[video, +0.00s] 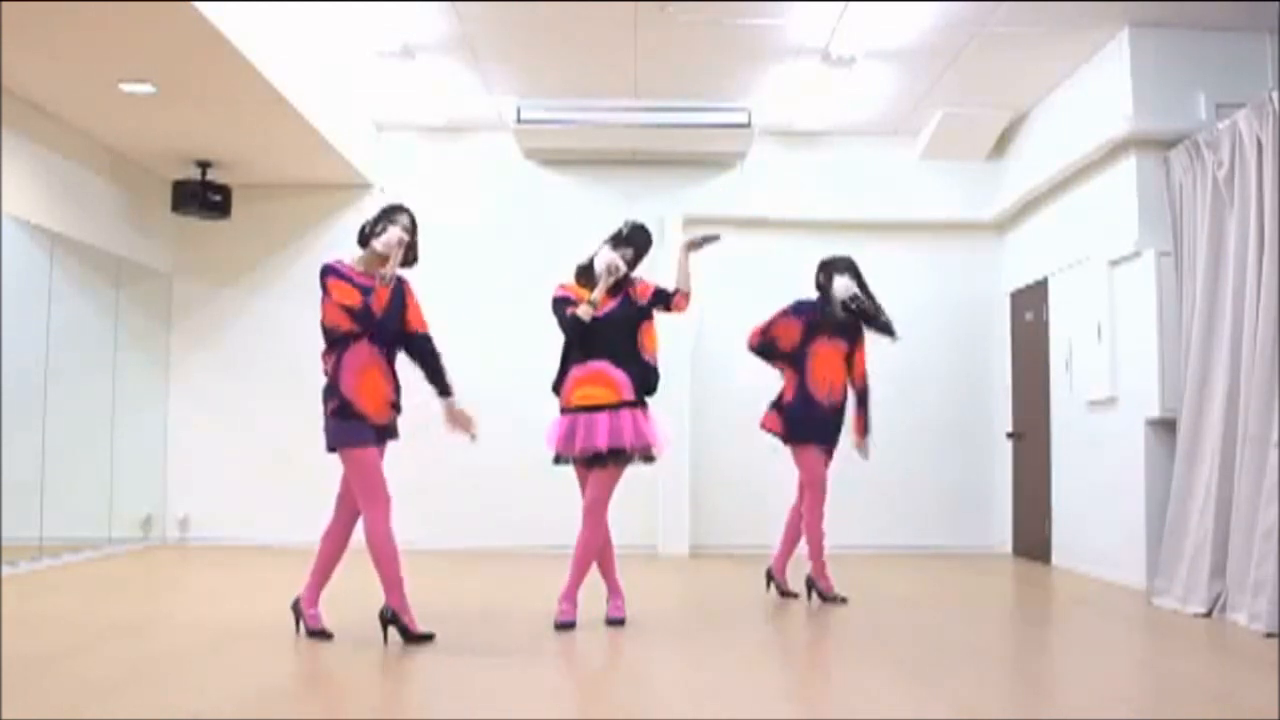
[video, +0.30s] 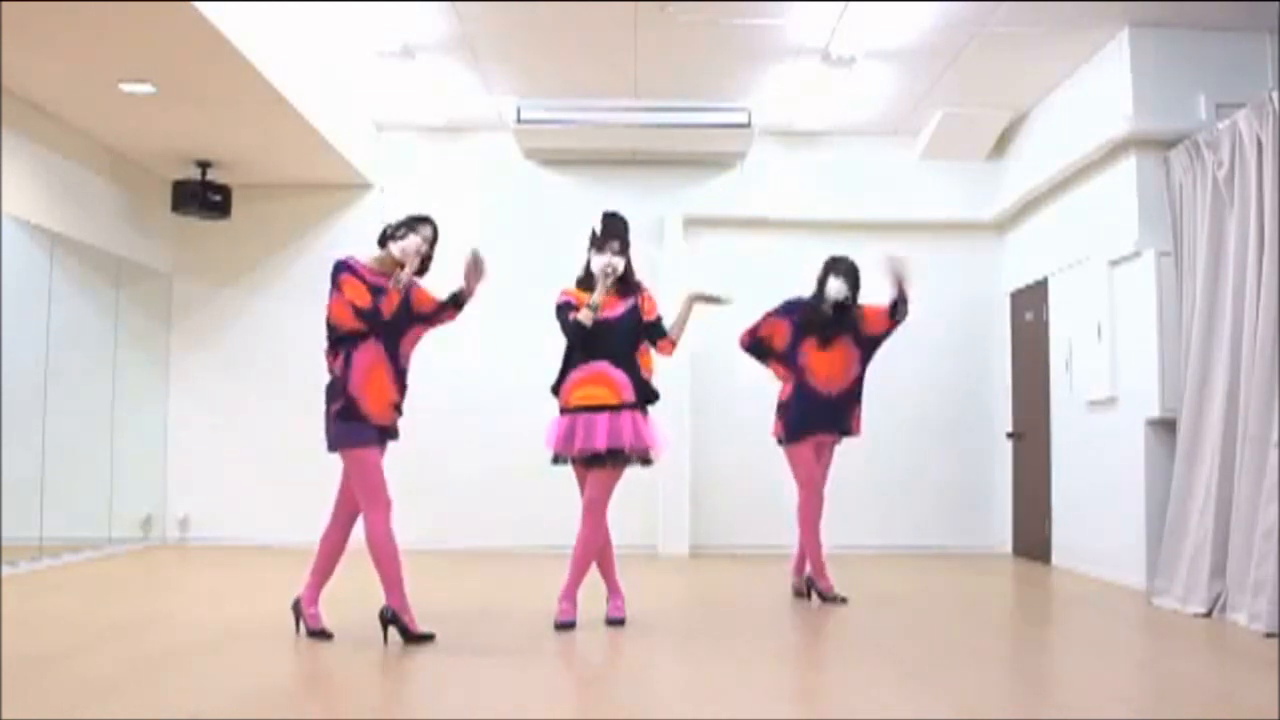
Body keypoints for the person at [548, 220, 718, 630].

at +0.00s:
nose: (621, 262)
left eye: (629, 258)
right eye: (619, 253)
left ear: (635, 261)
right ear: (605, 247)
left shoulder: (635, 290)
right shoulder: (570, 290)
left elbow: (681, 302)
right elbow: (573, 326)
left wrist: (684, 252)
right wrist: (601, 289)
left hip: (620, 406)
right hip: (578, 406)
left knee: (595, 505)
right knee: (593, 506)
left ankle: (569, 595)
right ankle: (614, 593)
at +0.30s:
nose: (610, 262)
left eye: (618, 255)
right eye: (603, 253)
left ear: (628, 257)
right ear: (590, 254)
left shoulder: (637, 299)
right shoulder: (571, 296)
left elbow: (665, 344)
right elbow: (575, 332)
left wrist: (688, 303)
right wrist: (598, 289)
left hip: (620, 404)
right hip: (578, 403)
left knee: (595, 504)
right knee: (592, 505)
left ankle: (568, 595)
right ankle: (615, 593)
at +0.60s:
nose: (611, 261)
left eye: (618, 253)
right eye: (604, 252)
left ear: (628, 256)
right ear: (591, 254)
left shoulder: (641, 297)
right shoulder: (574, 295)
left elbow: (671, 343)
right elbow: (577, 331)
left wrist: (693, 299)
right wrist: (600, 288)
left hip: (624, 406)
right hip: (581, 405)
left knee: (596, 503)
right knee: (593, 505)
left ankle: (568, 595)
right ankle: (614, 592)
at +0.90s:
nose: (613, 260)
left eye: (620, 252)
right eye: (605, 252)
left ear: (630, 255)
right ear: (593, 253)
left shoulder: (642, 297)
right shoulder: (575, 295)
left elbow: (671, 344)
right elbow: (579, 331)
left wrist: (695, 300)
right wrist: (602, 289)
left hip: (624, 407)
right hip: (581, 406)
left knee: (596, 504)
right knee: (593, 506)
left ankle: (567, 595)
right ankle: (615, 592)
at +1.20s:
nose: (613, 261)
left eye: (621, 252)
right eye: (606, 252)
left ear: (632, 256)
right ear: (593, 253)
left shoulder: (644, 298)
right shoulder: (578, 296)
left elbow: (671, 343)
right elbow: (579, 330)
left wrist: (692, 297)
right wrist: (602, 292)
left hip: (624, 405)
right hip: (581, 404)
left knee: (597, 504)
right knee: (594, 505)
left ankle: (569, 594)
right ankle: (615, 592)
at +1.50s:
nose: (615, 257)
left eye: (622, 248)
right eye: (607, 249)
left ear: (633, 252)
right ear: (596, 252)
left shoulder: (651, 296)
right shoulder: (581, 295)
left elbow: (694, 329)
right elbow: (578, 328)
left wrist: (687, 342)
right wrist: (595, 305)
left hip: (632, 401)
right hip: (589, 401)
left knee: (600, 482)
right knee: (595, 489)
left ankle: (607, 582)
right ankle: (610, 587)